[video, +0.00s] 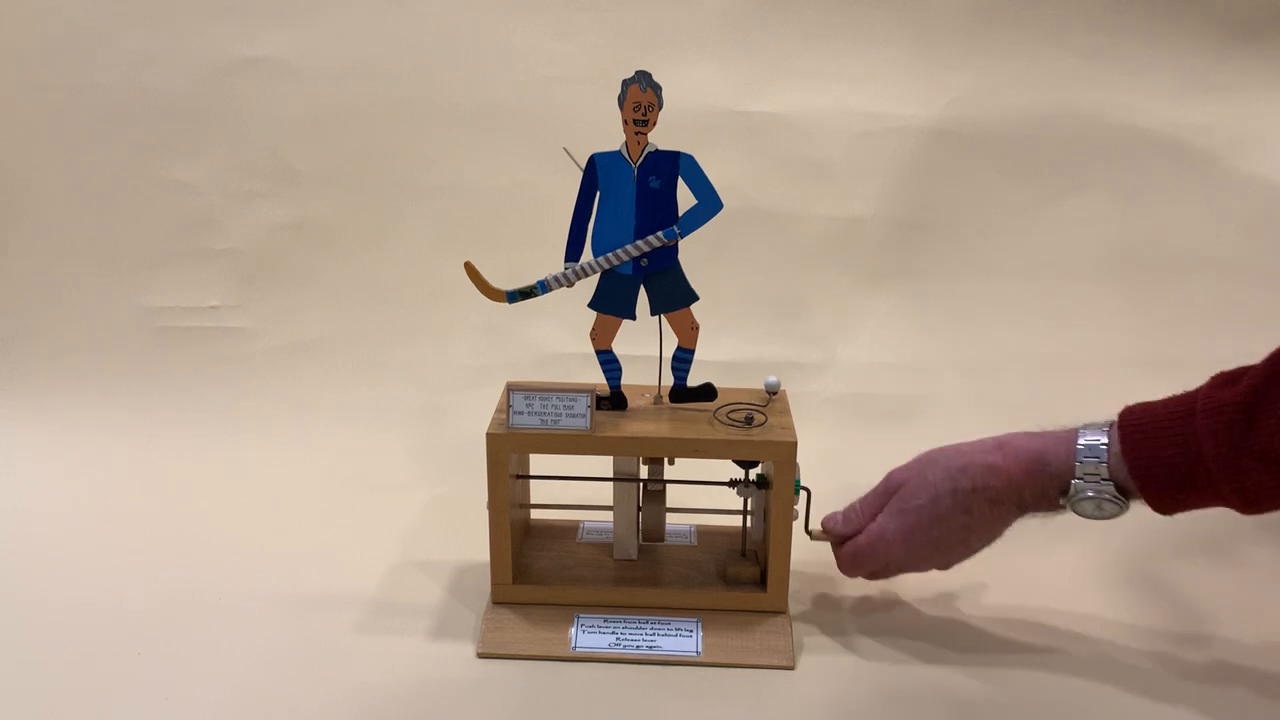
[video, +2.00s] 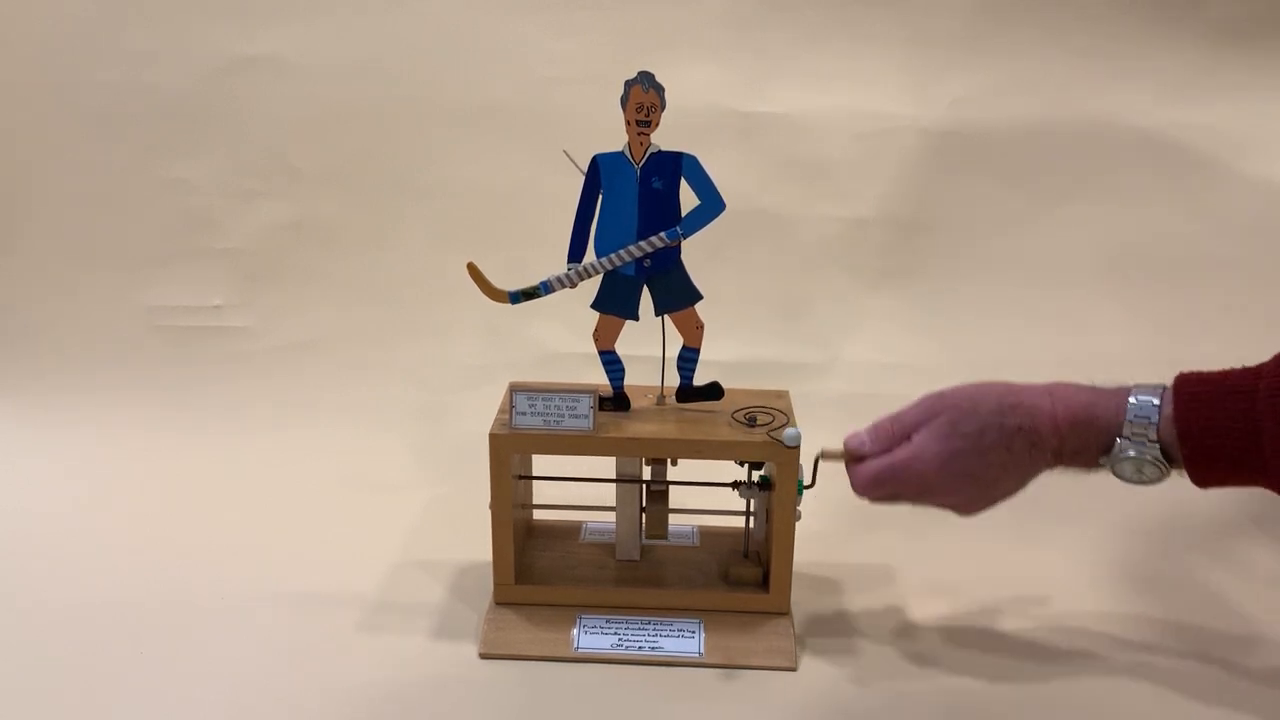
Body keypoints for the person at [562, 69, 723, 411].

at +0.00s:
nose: (642, 113)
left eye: (650, 107)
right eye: (635, 105)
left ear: (658, 114)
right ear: (621, 111)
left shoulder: (675, 162)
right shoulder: (599, 164)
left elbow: (712, 203)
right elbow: (580, 218)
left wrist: (675, 233)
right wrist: (571, 266)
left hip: (662, 265)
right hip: (618, 267)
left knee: (689, 331)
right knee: (600, 337)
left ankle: (679, 390)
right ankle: (615, 394)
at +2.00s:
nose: (645, 113)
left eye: (652, 108)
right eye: (638, 106)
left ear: (661, 115)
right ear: (624, 112)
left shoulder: (678, 163)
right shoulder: (602, 165)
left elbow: (715, 204)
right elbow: (583, 218)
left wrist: (677, 234)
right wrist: (574, 266)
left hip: (664, 265)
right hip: (620, 267)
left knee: (694, 331)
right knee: (603, 337)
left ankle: (685, 390)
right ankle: (618, 395)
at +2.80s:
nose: (643, 115)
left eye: (650, 107)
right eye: (636, 107)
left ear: (659, 114)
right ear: (621, 113)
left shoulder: (678, 163)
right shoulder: (601, 166)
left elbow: (712, 204)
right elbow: (582, 218)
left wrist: (672, 235)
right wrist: (573, 266)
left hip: (665, 262)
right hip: (620, 266)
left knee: (709, 319)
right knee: (602, 339)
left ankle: (715, 378)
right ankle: (618, 397)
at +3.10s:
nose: (642, 117)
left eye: (649, 111)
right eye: (635, 110)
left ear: (658, 119)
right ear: (620, 116)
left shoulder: (676, 167)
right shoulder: (600, 170)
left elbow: (713, 208)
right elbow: (582, 223)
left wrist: (674, 238)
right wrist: (572, 271)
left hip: (666, 263)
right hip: (621, 268)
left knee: (718, 313)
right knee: (603, 342)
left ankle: (733, 372)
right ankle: (618, 400)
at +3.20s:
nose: (642, 118)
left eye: (649, 112)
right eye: (635, 111)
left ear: (658, 119)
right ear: (621, 116)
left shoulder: (676, 167)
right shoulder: (600, 169)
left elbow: (713, 208)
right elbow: (582, 223)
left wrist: (674, 239)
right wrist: (572, 271)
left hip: (666, 262)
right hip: (621, 268)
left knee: (720, 311)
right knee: (603, 343)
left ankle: (738, 368)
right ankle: (618, 400)